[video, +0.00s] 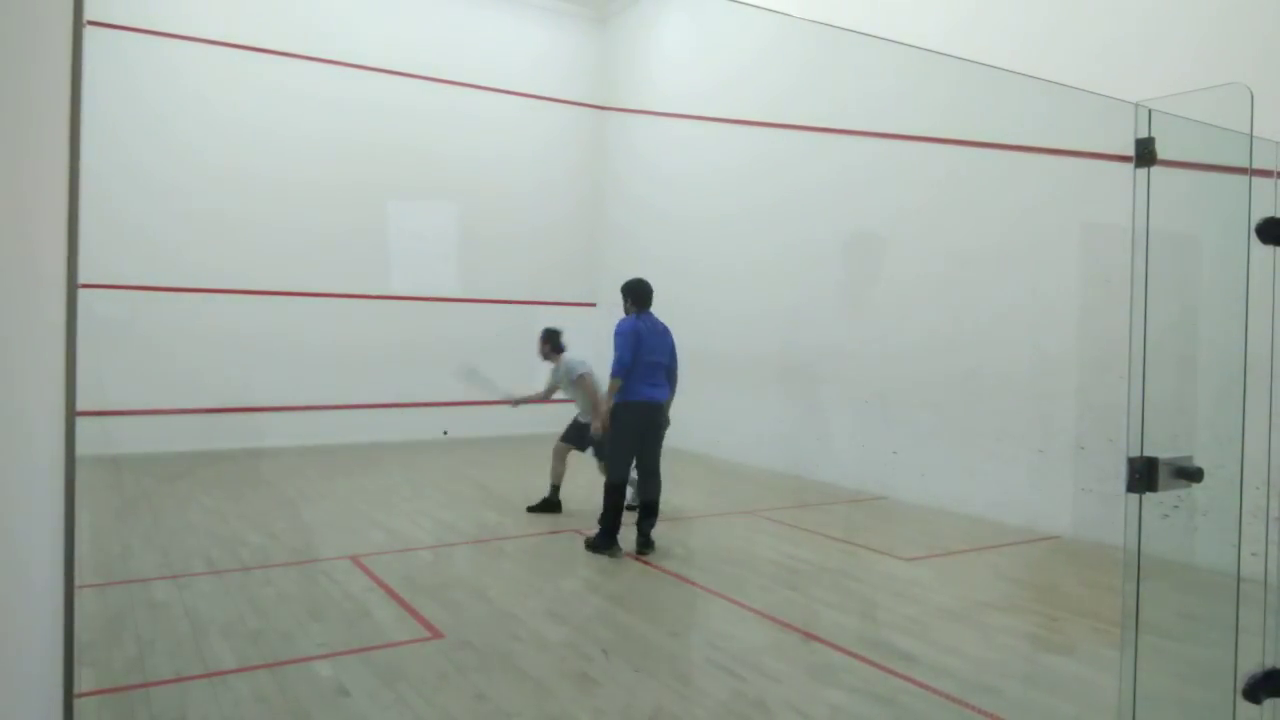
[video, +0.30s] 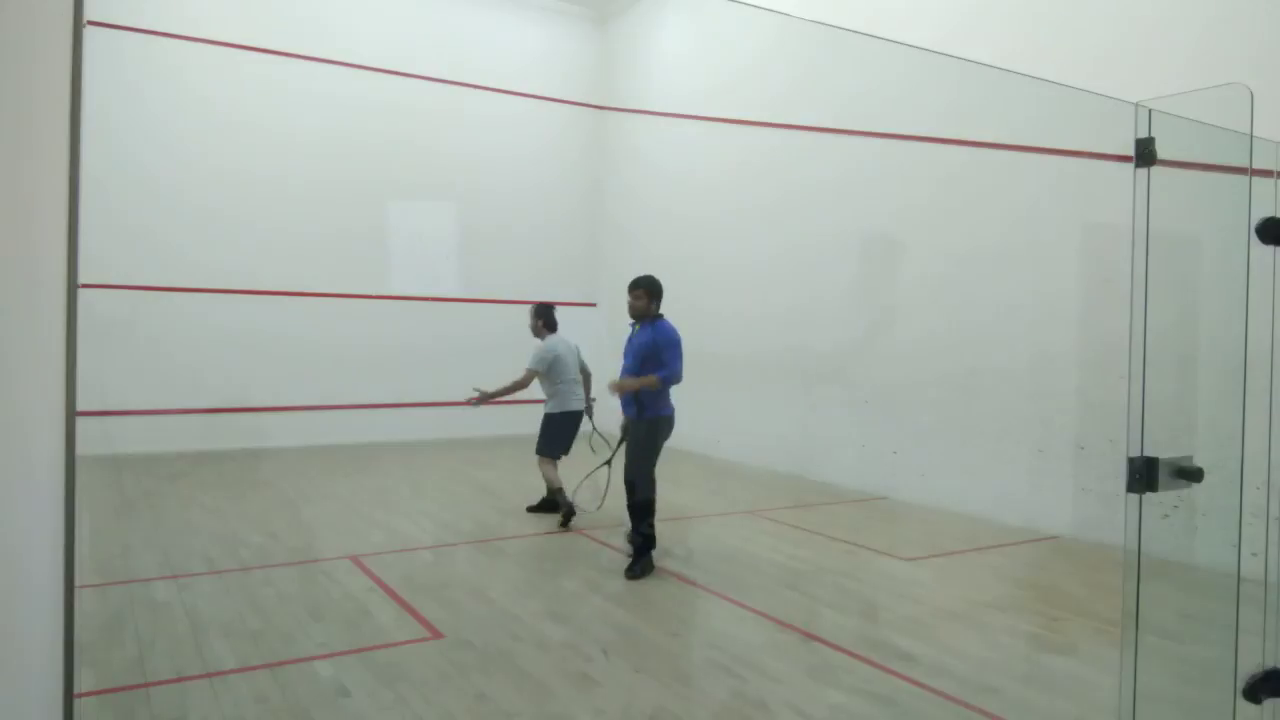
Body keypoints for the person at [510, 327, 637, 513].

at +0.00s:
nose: (539, 349)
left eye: (541, 345)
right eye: (540, 345)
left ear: (549, 346)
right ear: (553, 346)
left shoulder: (572, 363)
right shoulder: (558, 370)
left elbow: (591, 390)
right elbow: (546, 395)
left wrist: (596, 419)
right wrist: (521, 401)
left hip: (600, 419)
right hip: (584, 419)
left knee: (606, 467)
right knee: (560, 450)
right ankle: (553, 498)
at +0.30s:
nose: (530, 326)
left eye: (532, 322)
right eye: (531, 322)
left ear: (541, 323)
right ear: (550, 323)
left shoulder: (545, 349)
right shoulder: (570, 345)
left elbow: (524, 382)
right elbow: (586, 374)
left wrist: (490, 396)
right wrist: (587, 401)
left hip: (559, 411)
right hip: (576, 409)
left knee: (545, 460)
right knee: (551, 457)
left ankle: (565, 503)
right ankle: (552, 497)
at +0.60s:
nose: (540, 351)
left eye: (542, 345)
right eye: (539, 346)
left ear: (555, 341)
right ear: (556, 342)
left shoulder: (570, 360)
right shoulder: (577, 357)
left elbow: (584, 398)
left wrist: (584, 435)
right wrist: (559, 425)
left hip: (598, 418)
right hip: (614, 416)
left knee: (567, 461)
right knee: (616, 470)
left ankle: (567, 514)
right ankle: (641, 514)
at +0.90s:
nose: (469, 424)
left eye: (470, 419)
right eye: (467, 420)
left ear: (481, 410)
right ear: (479, 409)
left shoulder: (511, 419)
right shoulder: (489, 416)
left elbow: (521, 469)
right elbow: (479, 438)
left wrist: (512, 506)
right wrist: (451, 451)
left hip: (558, 432)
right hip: (551, 431)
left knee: (520, 476)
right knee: (571, 478)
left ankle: (517, 529)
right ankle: (622, 504)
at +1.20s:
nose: (493, 368)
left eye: (494, 362)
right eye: (491, 363)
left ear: (503, 360)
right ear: (511, 357)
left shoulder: (515, 383)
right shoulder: (536, 368)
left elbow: (520, 431)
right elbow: (575, 382)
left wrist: (508, 459)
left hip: (563, 428)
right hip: (587, 420)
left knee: (527, 474)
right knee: (589, 473)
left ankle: (518, 529)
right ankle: (620, 523)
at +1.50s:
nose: (648, 328)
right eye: (649, 324)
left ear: (631, 327)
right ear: (652, 327)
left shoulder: (616, 353)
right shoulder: (660, 351)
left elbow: (604, 390)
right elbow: (672, 388)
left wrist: (599, 424)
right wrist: (677, 413)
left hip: (624, 419)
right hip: (650, 418)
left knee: (644, 473)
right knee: (637, 476)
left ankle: (660, 519)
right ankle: (618, 533)